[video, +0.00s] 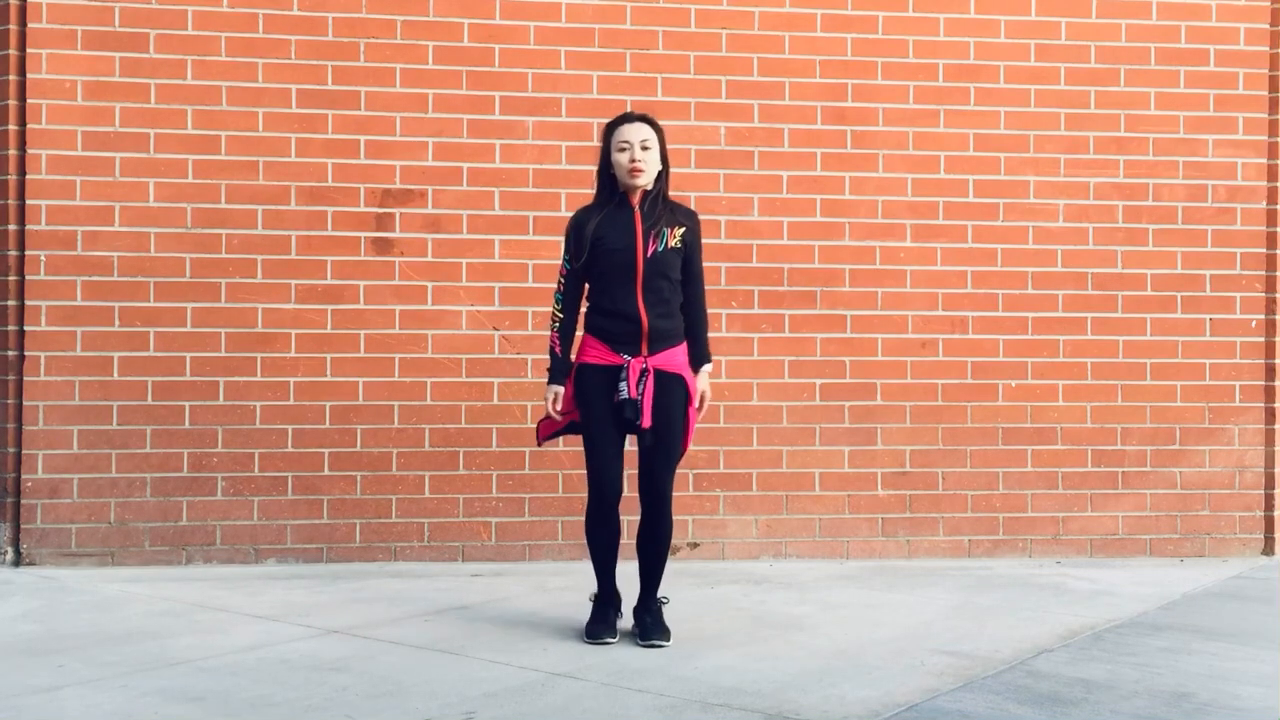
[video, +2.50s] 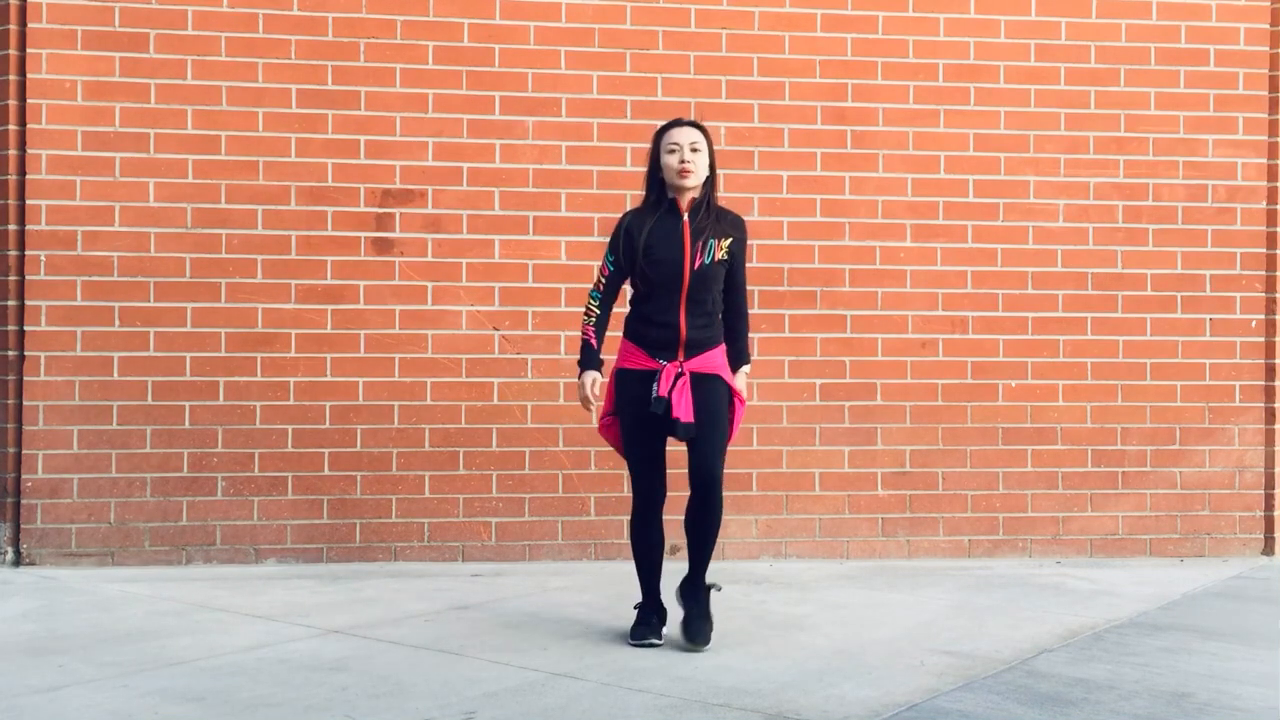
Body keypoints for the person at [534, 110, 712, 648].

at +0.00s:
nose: (636, 155)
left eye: (645, 146)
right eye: (625, 147)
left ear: (661, 155)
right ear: (609, 158)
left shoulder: (682, 220)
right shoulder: (587, 222)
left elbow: (694, 298)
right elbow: (567, 301)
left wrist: (701, 364)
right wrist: (557, 373)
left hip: (667, 369)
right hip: (600, 367)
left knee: (657, 493)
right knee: (603, 491)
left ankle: (649, 604)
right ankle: (605, 599)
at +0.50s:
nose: (638, 153)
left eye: (648, 145)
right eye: (626, 145)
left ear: (663, 155)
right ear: (610, 156)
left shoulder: (683, 219)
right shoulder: (589, 220)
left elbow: (695, 298)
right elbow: (567, 300)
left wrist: (705, 360)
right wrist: (559, 371)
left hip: (664, 368)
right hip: (598, 369)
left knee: (663, 494)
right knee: (606, 496)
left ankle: (652, 593)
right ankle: (610, 608)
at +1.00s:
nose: (652, 156)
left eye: (662, 146)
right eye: (641, 147)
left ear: (678, 156)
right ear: (625, 156)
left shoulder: (699, 224)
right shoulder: (603, 223)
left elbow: (712, 300)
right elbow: (580, 302)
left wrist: (723, 366)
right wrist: (568, 376)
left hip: (679, 373)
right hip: (611, 370)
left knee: (669, 498)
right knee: (611, 490)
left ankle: (661, 611)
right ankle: (608, 596)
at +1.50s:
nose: (659, 158)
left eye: (669, 148)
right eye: (647, 149)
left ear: (684, 158)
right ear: (631, 160)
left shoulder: (703, 228)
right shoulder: (609, 224)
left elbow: (710, 307)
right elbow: (581, 299)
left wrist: (715, 371)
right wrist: (567, 371)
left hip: (683, 370)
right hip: (615, 369)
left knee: (683, 485)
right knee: (619, 496)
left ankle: (671, 593)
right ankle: (621, 610)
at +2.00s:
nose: (680, 162)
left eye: (689, 153)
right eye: (668, 155)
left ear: (705, 163)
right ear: (653, 168)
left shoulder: (727, 229)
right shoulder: (634, 230)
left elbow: (745, 303)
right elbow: (610, 305)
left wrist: (762, 367)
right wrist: (596, 376)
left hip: (704, 374)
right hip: (639, 371)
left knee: (701, 496)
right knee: (639, 479)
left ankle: (686, 607)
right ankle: (629, 584)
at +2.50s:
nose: (685, 158)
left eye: (694, 149)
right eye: (674, 150)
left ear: (710, 161)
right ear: (658, 162)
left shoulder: (729, 227)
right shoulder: (635, 224)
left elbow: (735, 299)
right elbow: (602, 294)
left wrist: (741, 362)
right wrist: (589, 361)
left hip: (708, 367)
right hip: (642, 367)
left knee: (709, 482)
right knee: (648, 493)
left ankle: (696, 587)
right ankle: (650, 604)